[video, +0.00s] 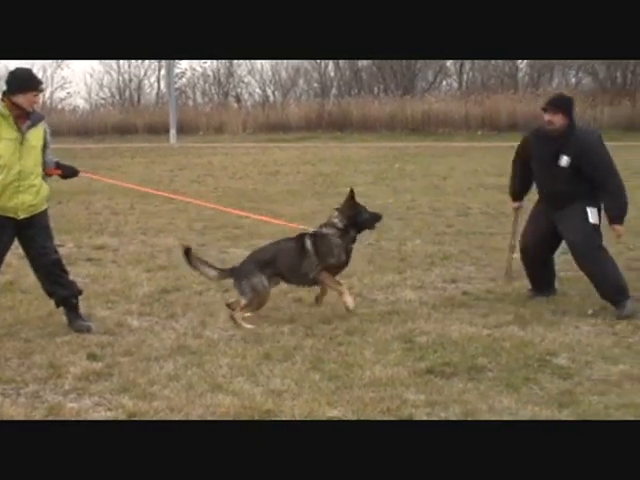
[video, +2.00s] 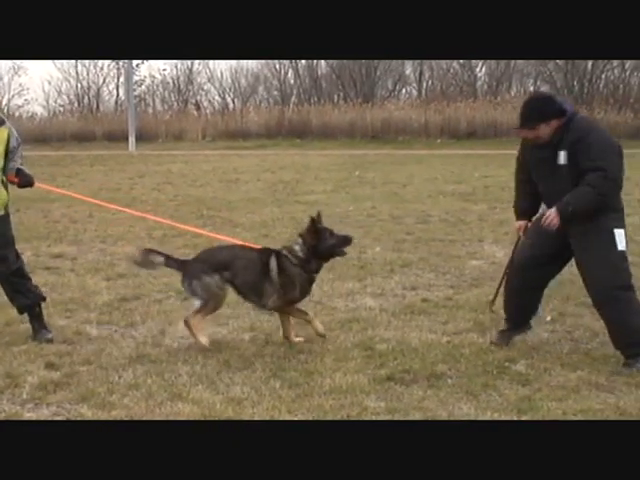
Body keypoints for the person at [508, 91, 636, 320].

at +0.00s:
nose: (548, 118)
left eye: (554, 114)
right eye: (546, 113)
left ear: (567, 117)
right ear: (542, 114)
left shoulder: (586, 141)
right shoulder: (534, 140)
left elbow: (609, 178)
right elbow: (521, 166)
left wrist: (616, 216)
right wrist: (517, 195)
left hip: (580, 206)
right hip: (547, 205)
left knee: (587, 252)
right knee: (531, 246)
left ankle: (622, 300)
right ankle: (542, 289)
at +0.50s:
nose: (550, 124)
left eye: (555, 119)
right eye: (549, 119)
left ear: (573, 119)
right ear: (549, 118)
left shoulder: (603, 140)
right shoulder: (543, 144)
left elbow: (627, 177)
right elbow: (532, 175)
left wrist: (602, 210)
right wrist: (533, 209)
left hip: (605, 218)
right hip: (565, 218)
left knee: (616, 267)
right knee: (555, 270)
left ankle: (632, 298)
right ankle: (549, 328)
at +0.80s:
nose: (586, 136)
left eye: (592, 130)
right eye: (585, 130)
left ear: (610, 131)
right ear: (585, 130)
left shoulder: (633, 153)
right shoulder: (580, 157)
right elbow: (563, 195)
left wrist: (639, 228)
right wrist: (554, 235)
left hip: (632, 237)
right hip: (598, 235)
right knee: (565, 281)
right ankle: (542, 338)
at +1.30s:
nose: (567, 123)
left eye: (572, 118)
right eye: (566, 118)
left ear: (589, 119)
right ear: (575, 118)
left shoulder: (625, 143)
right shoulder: (564, 141)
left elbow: (636, 190)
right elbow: (550, 174)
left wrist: (619, 228)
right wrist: (544, 211)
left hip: (623, 225)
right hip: (583, 220)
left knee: (636, 282)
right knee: (556, 269)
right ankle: (567, 335)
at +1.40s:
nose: (543, 119)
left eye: (548, 113)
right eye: (543, 113)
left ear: (565, 111)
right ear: (561, 112)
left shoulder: (605, 132)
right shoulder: (551, 135)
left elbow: (616, 177)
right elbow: (543, 171)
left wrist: (589, 209)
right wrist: (537, 206)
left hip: (607, 218)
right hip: (570, 214)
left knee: (626, 283)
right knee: (545, 268)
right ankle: (564, 332)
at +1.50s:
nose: (526, 126)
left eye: (528, 121)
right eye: (525, 121)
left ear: (543, 117)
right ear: (541, 117)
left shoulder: (575, 132)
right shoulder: (549, 134)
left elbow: (570, 178)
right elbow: (546, 171)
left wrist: (527, 186)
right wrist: (536, 205)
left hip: (594, 217)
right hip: (561, 215)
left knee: (604, 281)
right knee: (530, 260)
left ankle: (636, 340)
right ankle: (538, 324)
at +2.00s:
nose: (528, 136)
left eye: (532, 129)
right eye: (526, 130)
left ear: (552, 123)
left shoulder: (593, 139)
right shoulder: (532, 143)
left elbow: (603, 185)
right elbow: (525, 179)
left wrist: (563, 210)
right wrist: (523, 215)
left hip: (596, 221)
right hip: (554, 220)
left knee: (609, 287)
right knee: (522, 268)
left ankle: (634, 352)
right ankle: (516, 324)